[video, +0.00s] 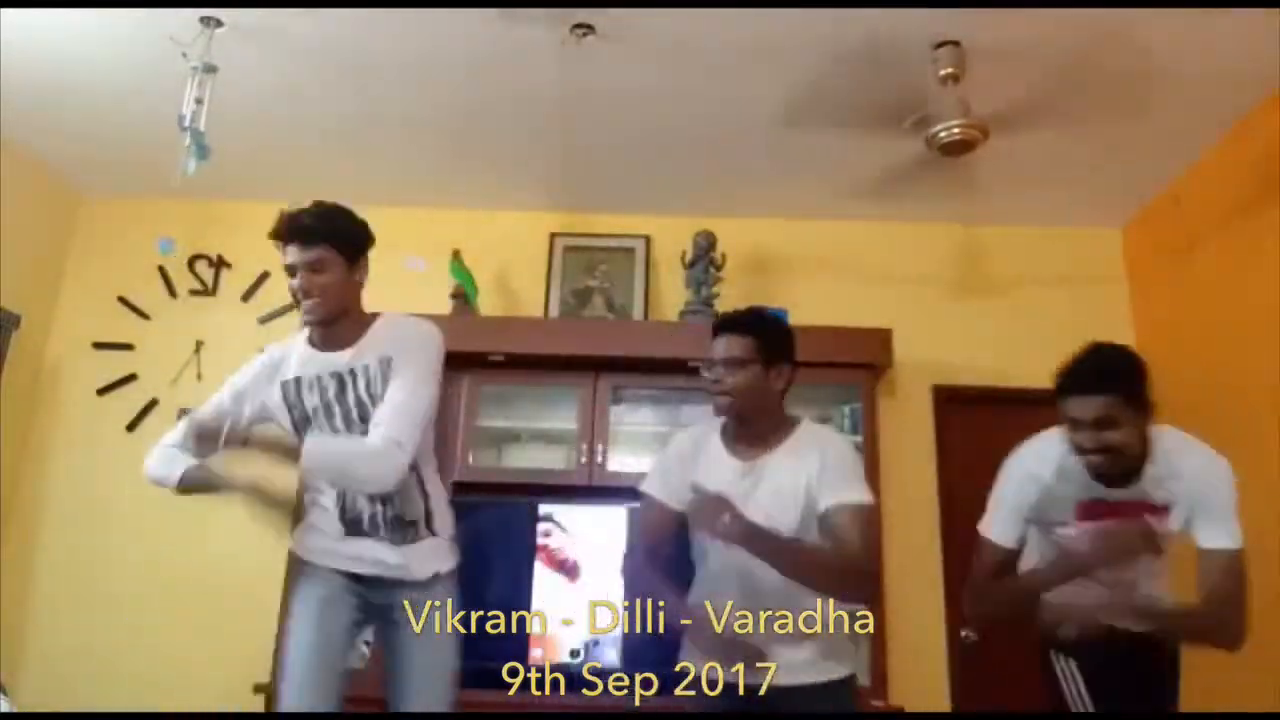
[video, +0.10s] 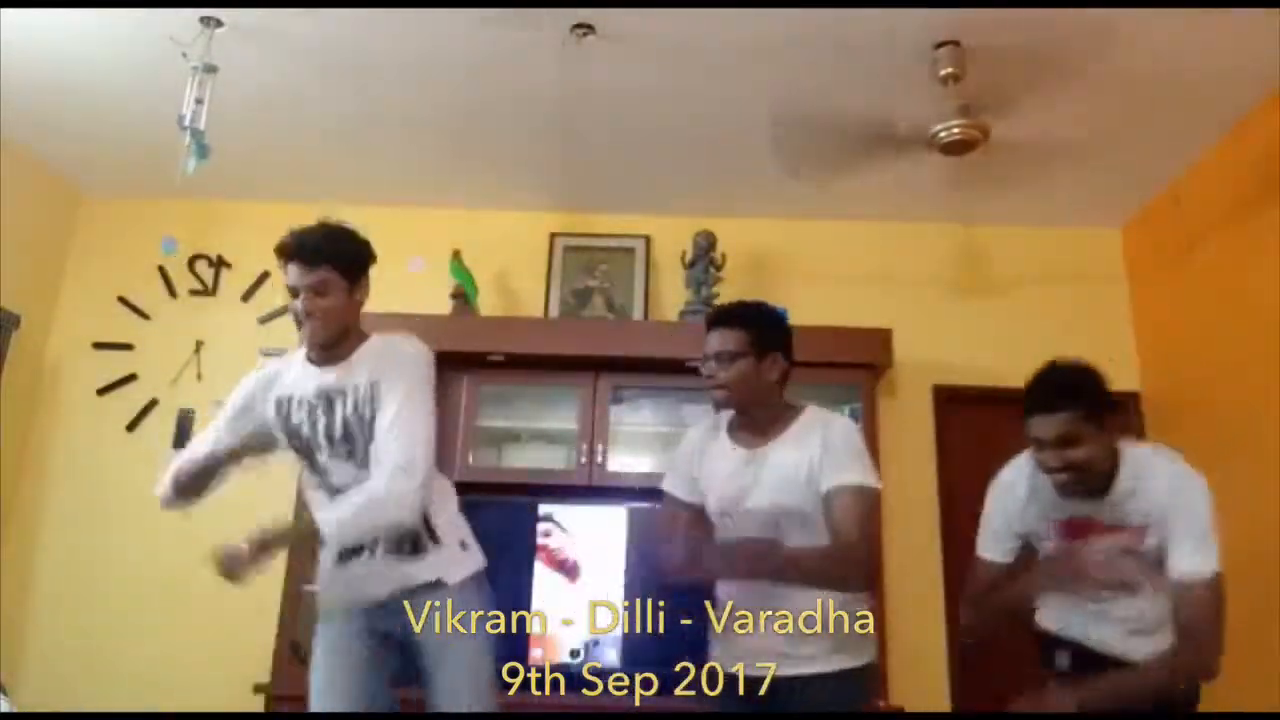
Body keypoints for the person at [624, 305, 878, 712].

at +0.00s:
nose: (716, 379)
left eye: (734, 366)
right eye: (710, 367)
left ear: (780, 376)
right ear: (703, 370)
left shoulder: (827, 452)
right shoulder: (689, 448)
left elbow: (859, 580)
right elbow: (641, 563)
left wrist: (746, 534)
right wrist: (703, 632)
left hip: (810, 687)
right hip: (711, 684)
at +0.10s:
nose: (710, 373)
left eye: (725, 360)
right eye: (706, 361)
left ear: (774, 366)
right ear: (702, 363)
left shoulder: (833, 435)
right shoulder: (700, 442)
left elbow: (861, 564)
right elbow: (675, 560)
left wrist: (773, 562)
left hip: (826, 678)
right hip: (731, 675)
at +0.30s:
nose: (696, 439)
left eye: (709, 424)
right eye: (694, 426)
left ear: (757, 423)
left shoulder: (832, 479)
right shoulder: (716, 502)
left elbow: (867, 619)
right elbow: (694, 622)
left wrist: (762, 631)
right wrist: (647, 691)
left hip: (874, 696)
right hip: (793, 696)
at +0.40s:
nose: (690, 441)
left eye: (702, 426)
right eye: (689, 428)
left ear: (750, 427)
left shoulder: (827, 481)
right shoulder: (714, 503)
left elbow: (854, 626)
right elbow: (702, 621)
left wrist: (735, 610)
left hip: (869, 683)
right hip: (792, 687)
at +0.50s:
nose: (682, 431)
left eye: (696, 418)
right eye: (683, 419)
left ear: (747, 420)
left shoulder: (820, 473)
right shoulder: (710, 492)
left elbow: (842, 617)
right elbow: (701, 604)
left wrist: (742, 621)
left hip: (859, 672)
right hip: (783, 677)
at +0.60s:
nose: (678, 433)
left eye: (691, 418)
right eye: (676, 420)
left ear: (742, 419)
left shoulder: (813, 479)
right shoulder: (699, 490)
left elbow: (847, 630)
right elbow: (687, 608)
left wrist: (731, 663)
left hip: (828, 688)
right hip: (746, 691)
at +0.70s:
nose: (680, 438)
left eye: (695, 423)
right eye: (677, 425)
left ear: (745, 429)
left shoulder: (810, 496)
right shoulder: (694, 498)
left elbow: (849, 648)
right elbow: (674, 620)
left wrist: (741, 697)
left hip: (829, 701)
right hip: (743, 695)